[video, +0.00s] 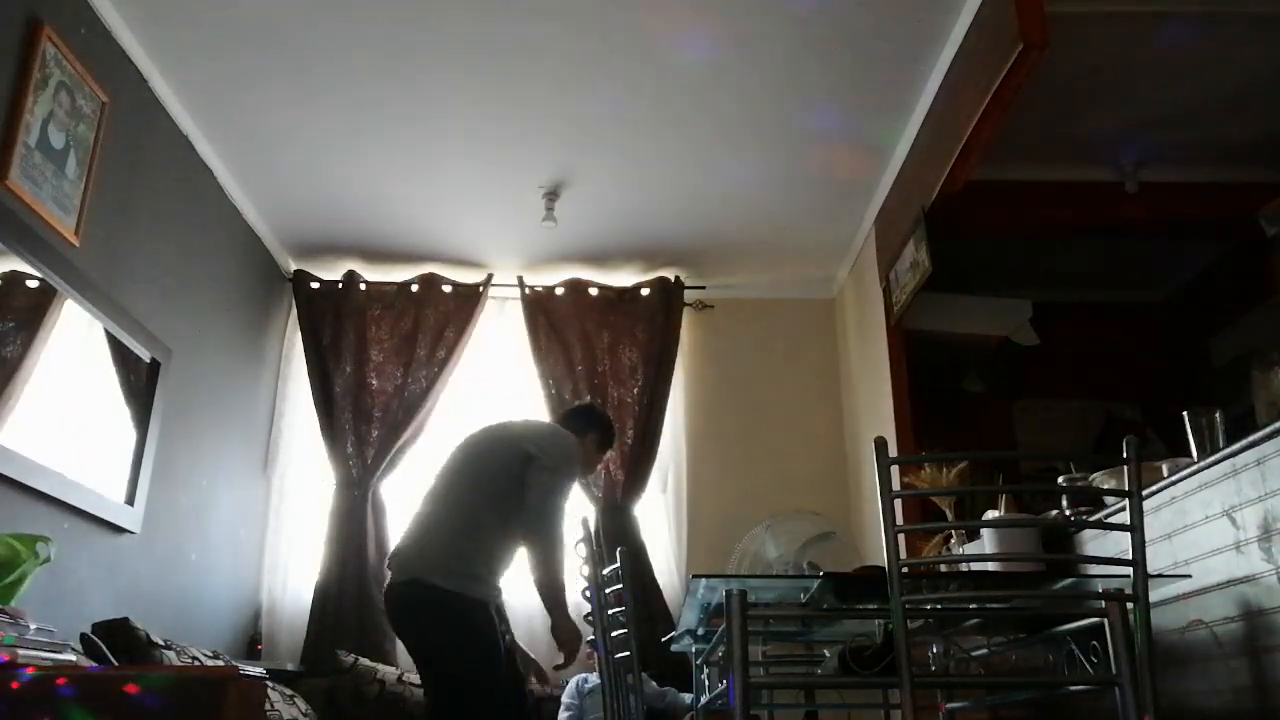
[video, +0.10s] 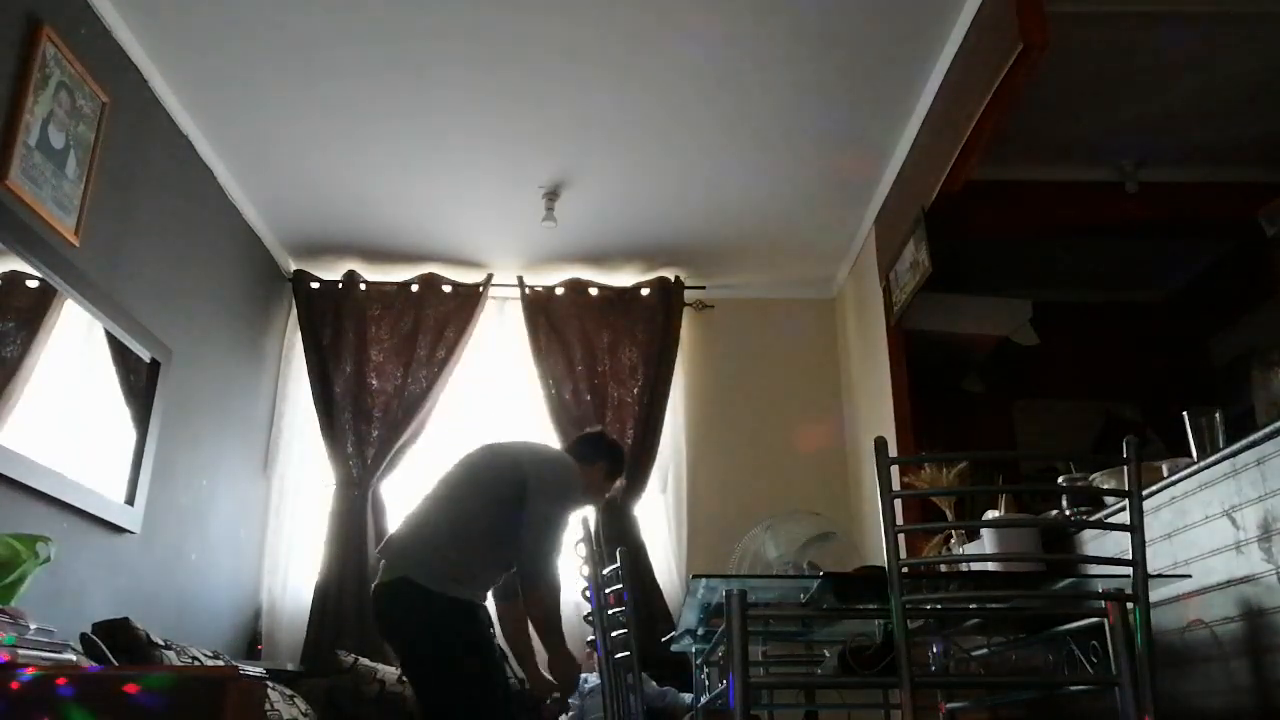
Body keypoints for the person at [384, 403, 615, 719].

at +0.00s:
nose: (594, 468)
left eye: (601, 460)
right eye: (598, 455)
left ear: (563, 423)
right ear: (589, 437)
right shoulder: (558, 444)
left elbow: (475, 573)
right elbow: (541, 528)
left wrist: (510, 646)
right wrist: (561, 618)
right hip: (451, 595)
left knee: (455, 707)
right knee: (497, 707)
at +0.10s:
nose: (600, 497)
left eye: (608, 490)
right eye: (606, 485)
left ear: (573, 453)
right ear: (597, 466)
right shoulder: (558, 471)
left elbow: (508, 595)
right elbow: (536, 573)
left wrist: (533, 673)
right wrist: (560, 653)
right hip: (433, 597)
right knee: (485, 707)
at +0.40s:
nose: (615, 563)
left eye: (623, 556)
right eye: (619, 552)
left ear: (595, 519)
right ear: (609, 532)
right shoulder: (569, 546)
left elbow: (494, 615)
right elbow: (534, 648)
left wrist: (515, 690)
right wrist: (545, 709)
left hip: (395, 600)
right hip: (430, 609)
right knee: (479, 710)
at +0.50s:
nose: (612, 564)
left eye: (620, 556)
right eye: (619, 552)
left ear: (595, 517)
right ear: (608, 532)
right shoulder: (564, 539)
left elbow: (496, 626)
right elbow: (528, 641)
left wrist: (512, 676)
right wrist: (550, 704)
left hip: (396, 600)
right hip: (434, 609)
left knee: (435, 710)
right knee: (475, 711)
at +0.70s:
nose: (589, 547)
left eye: (600, 544)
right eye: (600, 538)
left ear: (588, 504)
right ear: (594, 510)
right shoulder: (556, 507)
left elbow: (498, 611)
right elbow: (512, 598)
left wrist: (525, 680)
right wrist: (530, 684)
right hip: (424, 604)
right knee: (465, 709)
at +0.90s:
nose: (582, 530)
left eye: (591, 525)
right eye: (591, 520)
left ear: (579, 488)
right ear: (582, 493)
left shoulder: (528, 499)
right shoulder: (524, 494)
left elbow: (507, 600)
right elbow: (494, 605)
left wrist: (552, 667)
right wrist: (527, 695)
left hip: (426, 605)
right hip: (399, 604)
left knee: (474, 708)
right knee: (462, 710)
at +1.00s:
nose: (578, 521)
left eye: (588, 516)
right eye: (586, 511)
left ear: (574, 475)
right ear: (578, 486)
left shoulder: (531, 508)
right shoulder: (513, 491)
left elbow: (508, 599)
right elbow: (484, 602)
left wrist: (523, 677)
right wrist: (517, 680)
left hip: (436, 605)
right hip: (394, 603)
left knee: (475, 705)